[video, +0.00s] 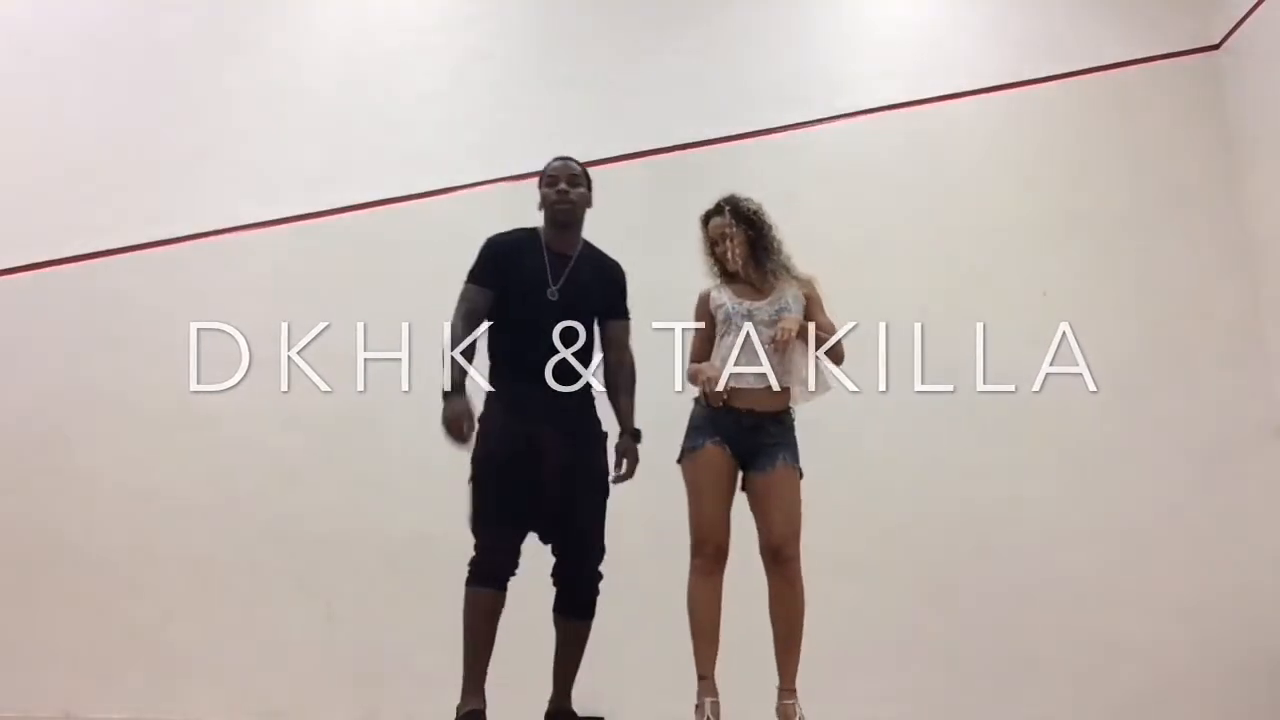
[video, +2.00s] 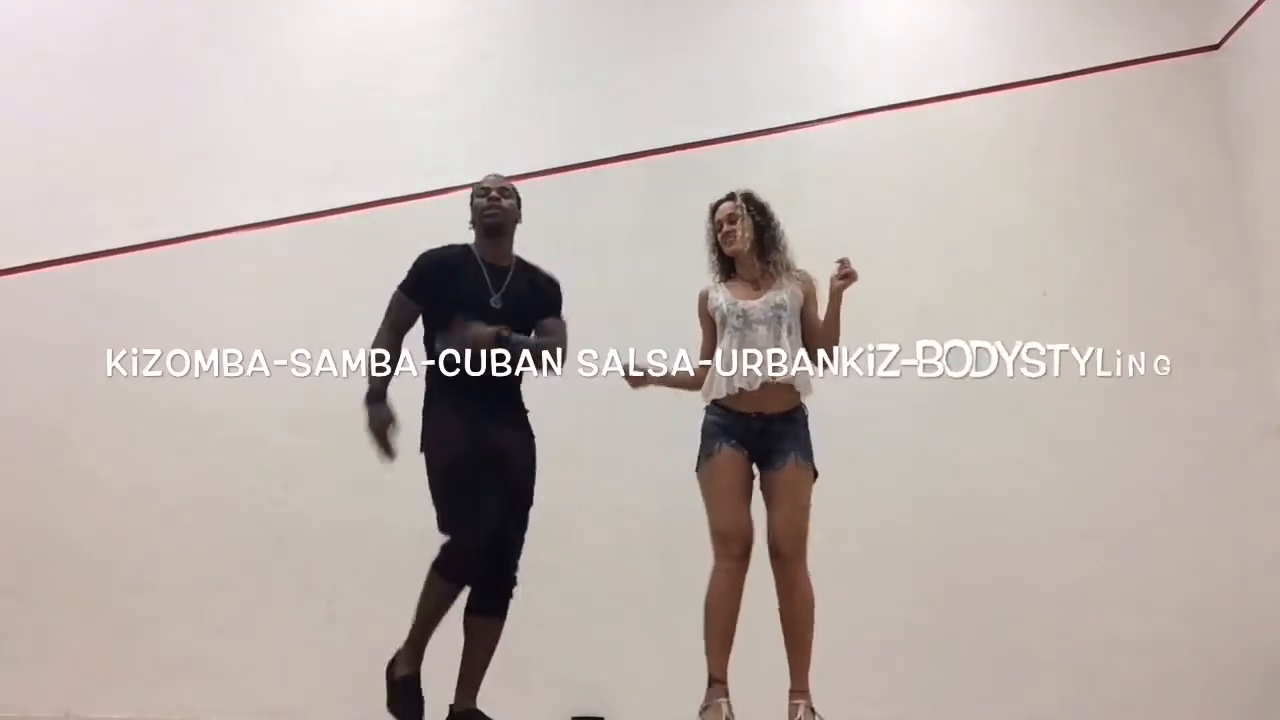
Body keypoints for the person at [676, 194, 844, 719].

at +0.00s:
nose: (726, 246)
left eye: (732, 235)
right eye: (717, 240)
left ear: (755, 233)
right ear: (711, 248)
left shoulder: (798, 290)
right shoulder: (713, 298)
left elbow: (835, 353)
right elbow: (694, 367)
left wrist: (802, 327)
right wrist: (703, 372)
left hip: (773, 431)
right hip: (713, 427)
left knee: (782, 555)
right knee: (708, 552)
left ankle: (789, 695)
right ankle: (706, 691)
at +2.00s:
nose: (728, 228)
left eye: (736, 219)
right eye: (721, 224)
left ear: (759, 226)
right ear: (717, 238)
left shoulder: (797, 285)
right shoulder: (713, 297)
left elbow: (822, 352)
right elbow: (705, 377)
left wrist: (836, 295)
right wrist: (656, 377)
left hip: (786, 428)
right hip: (726, 427)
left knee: (789, 555)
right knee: (731, 553)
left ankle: (800, 695)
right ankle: (716, 690)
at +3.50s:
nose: (735, 231)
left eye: (743, 221)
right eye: (727, 227)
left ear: (766, 224)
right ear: (723, 239)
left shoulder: (806, 286)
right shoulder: (719, 295)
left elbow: (831, 356)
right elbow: (707, 369)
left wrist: (854, 304)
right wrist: (691, 372)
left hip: (792, 429)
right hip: (730, 430)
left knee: (796, 554)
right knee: (730, 549)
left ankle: (794, 695)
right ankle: (747, 690)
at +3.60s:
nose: (735, 231)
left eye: (742, 220)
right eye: (728, 226)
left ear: (765, 223)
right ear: (722, 236)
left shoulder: (802, 284)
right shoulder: (719, 294)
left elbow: (827, 352)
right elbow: (705, 363)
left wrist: (837, 302)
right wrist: (696, 387)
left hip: (792, 427)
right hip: (731, 429)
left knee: (797, 554)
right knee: (728, 543)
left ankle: (796, 696)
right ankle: (746, 687)